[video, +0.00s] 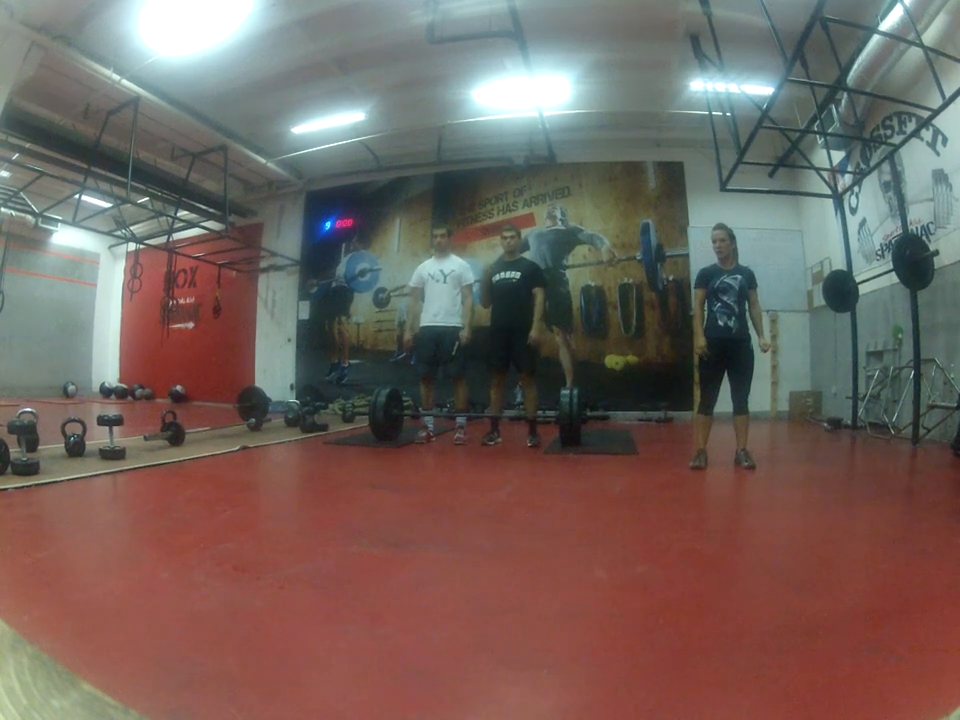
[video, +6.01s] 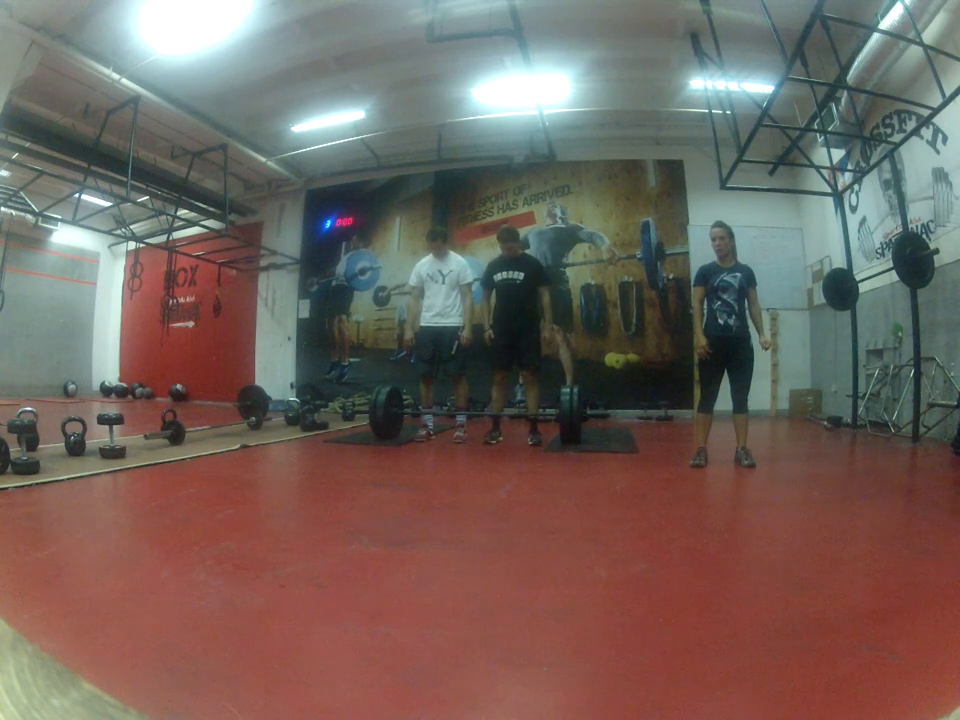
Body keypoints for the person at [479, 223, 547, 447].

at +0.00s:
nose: (508, 241)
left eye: (512, 238)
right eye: (504, 238)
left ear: (520, 241)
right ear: (500, 241)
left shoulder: (531, 266)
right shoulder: (494, 269)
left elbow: (539, 296)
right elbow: (485, 303)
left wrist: (536, 327)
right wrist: (486, 278)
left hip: (523, 331)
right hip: (499, 331)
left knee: (527, 379)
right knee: (497, 379)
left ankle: (532, 430)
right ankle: (494, 429)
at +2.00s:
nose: (508, 249)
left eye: (511, 244)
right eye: (504, 245)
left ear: (518, 243)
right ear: (499, 245)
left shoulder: (531, 266)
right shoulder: (493, 267)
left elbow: (543, 294)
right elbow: (482, 297)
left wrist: (542, 320)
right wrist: (479, 324)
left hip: (525, 329)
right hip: (498, 329)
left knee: (527, 377)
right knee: (497, 377)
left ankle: (532, 428)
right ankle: (494, 428)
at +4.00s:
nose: (508, 250)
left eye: (511, 246)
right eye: (504, 246)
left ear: (518, 243)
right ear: (498, 246)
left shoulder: (532, 265)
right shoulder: (494, 267)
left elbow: (547, 293)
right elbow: (484, 297)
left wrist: (543, 323)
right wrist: (484, 323)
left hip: (527, 330)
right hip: (500, 330)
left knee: (529, 378)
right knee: (499, 378)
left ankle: (533, 428)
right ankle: (495, 428)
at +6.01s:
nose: (509, 250)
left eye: (512, 246)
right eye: (505, 247)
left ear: (518, 243)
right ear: (499, 245)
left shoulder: (533, 264)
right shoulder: (494, 266)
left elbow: (545, 294)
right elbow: (486, 298)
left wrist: (547, 325)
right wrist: (487, 325)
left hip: (529, 328)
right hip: (502, 329)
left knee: (529, 377)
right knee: (499, 378)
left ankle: (533, 428)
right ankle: (495, 428)